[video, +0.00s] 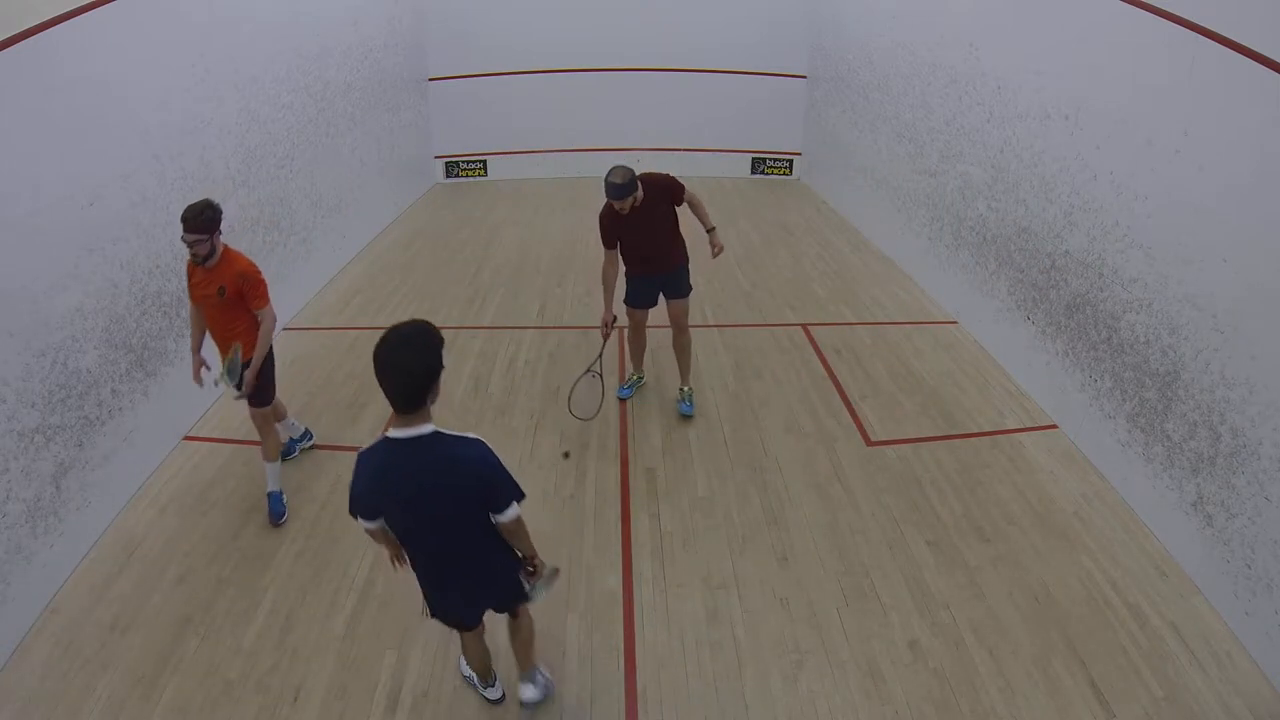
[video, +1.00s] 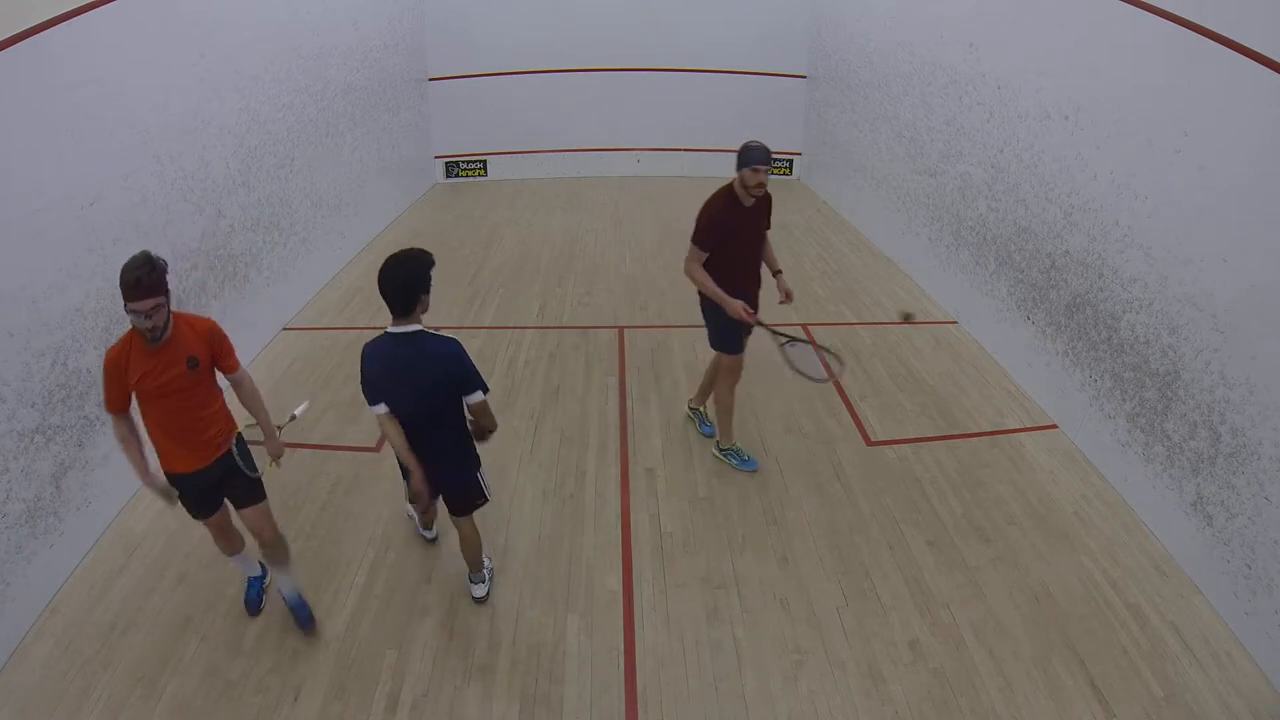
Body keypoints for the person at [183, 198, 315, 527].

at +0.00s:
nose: (192, 250)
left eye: (198, 243)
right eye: (187, 243)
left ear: (217, 236)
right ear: (183, 237)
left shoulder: (241, 269)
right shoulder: (194, 267)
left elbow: (268, 320)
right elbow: (197, 309)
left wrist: (253, 368)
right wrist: (196, 351)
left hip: (256, 353)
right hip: (229, 355)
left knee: (260, 417)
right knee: (261, 398)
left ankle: (274, 490)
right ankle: (296, 434)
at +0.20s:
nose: (183, 259)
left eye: (189, 252)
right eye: (178, 252)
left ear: (208, 244)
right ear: (175, 247)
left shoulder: (236, 278)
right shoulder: (183, 280)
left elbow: (257, 334)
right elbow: (190, 328)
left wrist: (226, 377)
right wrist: (189, 372)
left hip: (247, 364)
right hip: (211, 369)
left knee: (258, 434)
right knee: (224, 437)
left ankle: (273, 490)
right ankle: (268, 440)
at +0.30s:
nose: (178, 264)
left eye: (184, 257)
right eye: (172, 257)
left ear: (203, 248)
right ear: (168, 252)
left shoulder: (232, 282)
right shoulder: (177, 285)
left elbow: (252, 341)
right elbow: (184, 333)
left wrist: (220, 385)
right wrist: (186, 379)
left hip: (242, 371)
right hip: (205, 380)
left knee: (260, 436)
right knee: (217, 453)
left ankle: (273, 489)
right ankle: (251, 477)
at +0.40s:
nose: (172, 272)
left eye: (178, 264)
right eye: (166, 265)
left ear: (197, 255)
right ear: (163, 260)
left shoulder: (228, 287)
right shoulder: (171, 294)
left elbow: (249, 346)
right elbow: (179, 341)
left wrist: (221, 396)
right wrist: (184, 388)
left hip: (241, 381)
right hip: (202, 389)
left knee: (260, 443)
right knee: (216, 467)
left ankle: (273, 491)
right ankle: (245, 514)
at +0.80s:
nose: (143, 306)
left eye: (149, 295)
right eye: (134, 299)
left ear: (167, 284)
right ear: (126, 295)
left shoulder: (205, 320)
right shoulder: (131, 341)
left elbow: (244, 373)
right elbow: (147, 396)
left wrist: (265, 426)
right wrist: (166, 444)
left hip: (226, 434)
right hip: (184, 448)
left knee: (250, 498)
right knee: (217, 516)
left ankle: (270, 507)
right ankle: (254, 571)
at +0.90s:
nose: (143, 313)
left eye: (151, 302)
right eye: (133, 305)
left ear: (166, 289)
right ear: (124, 300)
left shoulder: (203, 324)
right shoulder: (122, 350)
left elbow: (243, 374)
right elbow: (132, 405)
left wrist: (269, 427)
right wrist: (155, 458)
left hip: (225, 440)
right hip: (181, 457)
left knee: (261, 519)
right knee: (218, 523)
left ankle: (275, 547)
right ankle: (253, 572)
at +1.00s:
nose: (148, 322)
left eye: (155, 310)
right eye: (137, 314)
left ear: (168, 296)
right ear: (125, 308)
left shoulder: (202, 332)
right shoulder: (119, 360)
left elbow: (240, 380)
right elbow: (120, 418)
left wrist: (269, 432)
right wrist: (146, 477)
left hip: (227, 450)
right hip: (183, 469)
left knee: (265, 533)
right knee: (220, 529)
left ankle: (289, 589)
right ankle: (253, 572)